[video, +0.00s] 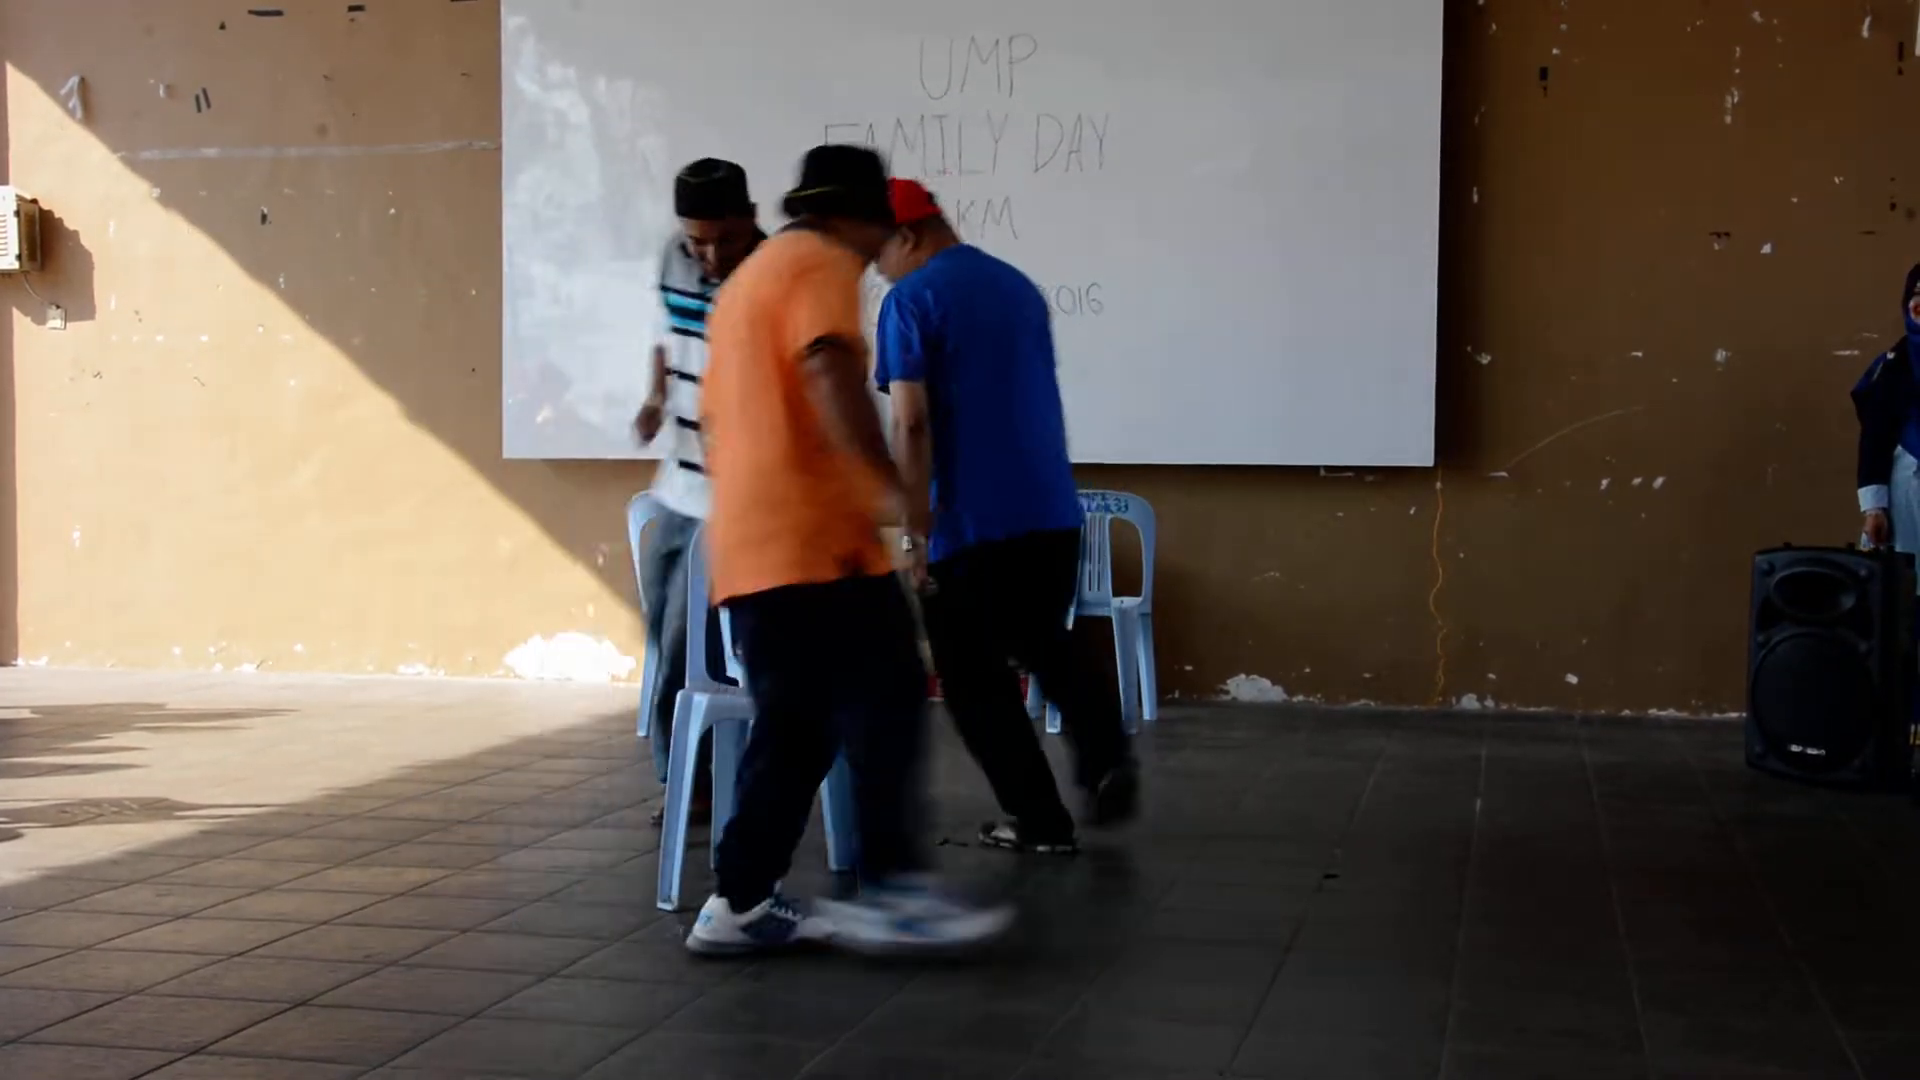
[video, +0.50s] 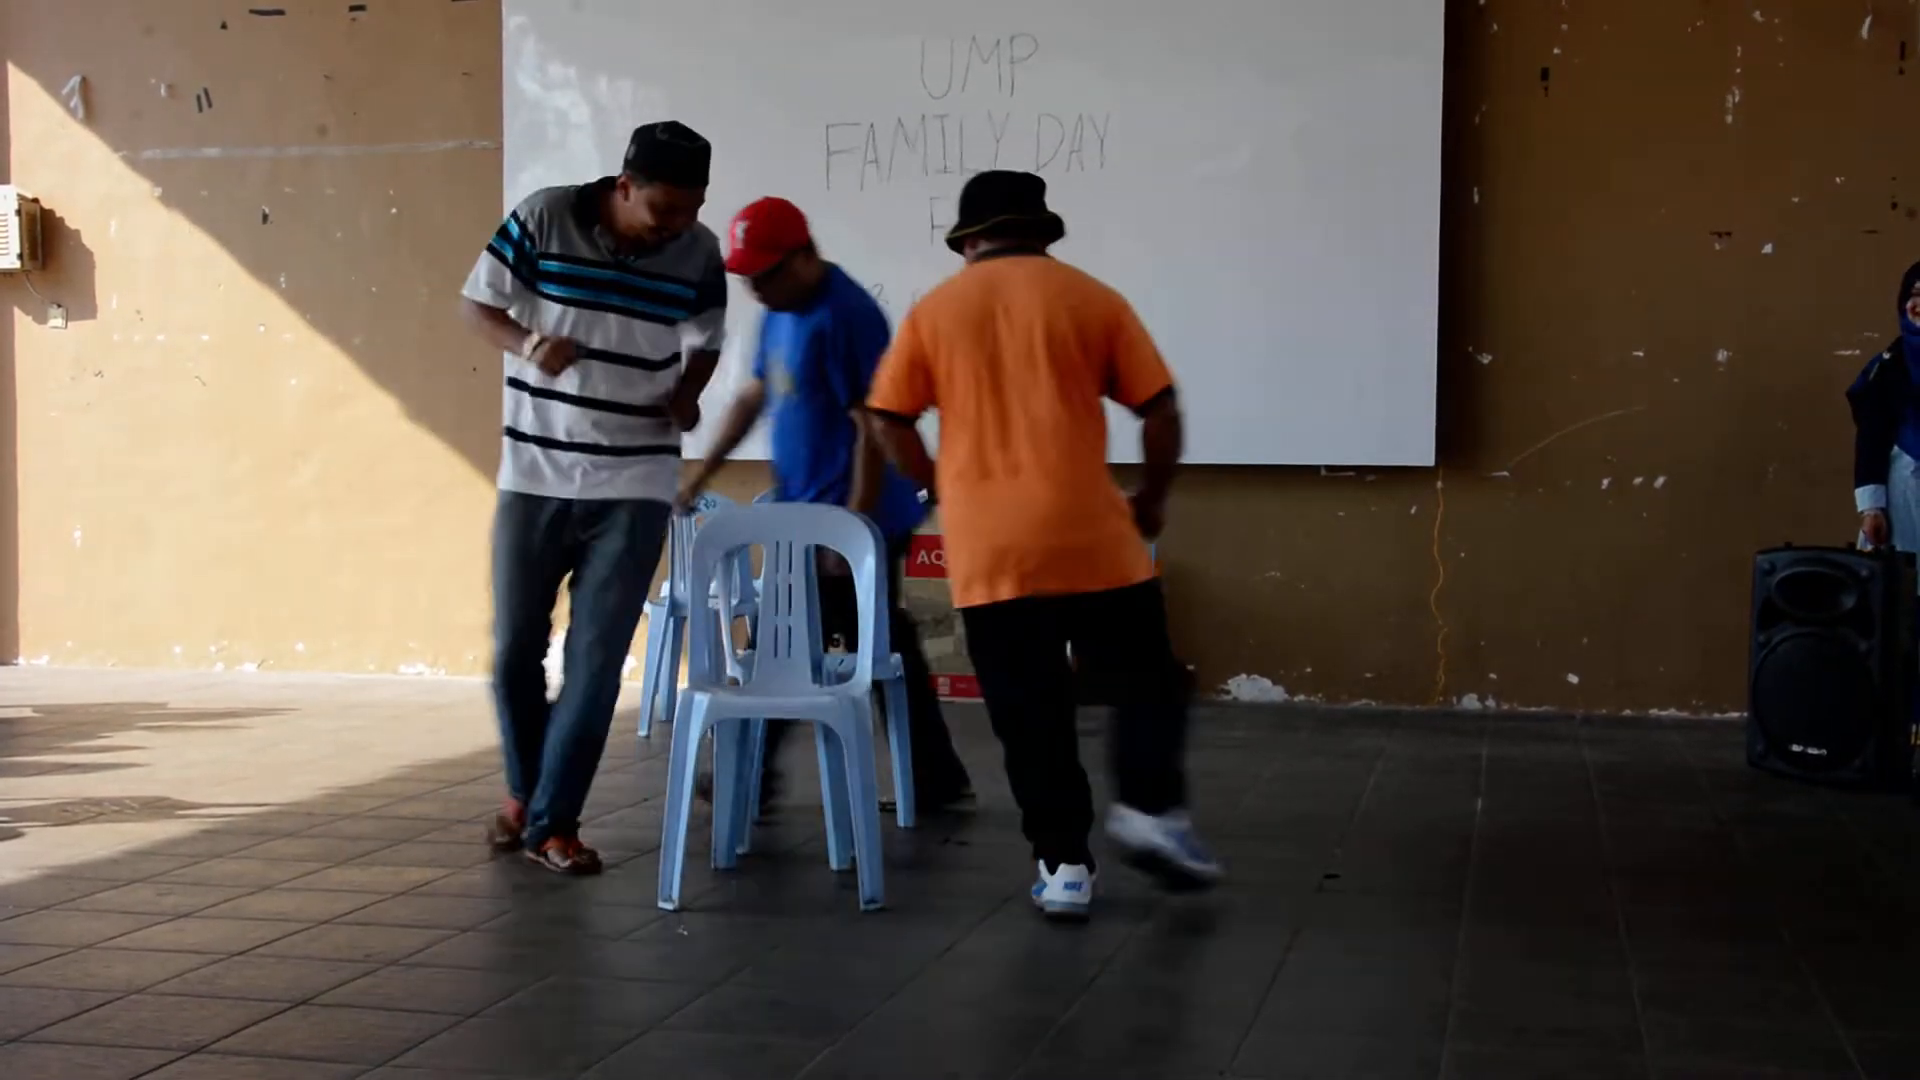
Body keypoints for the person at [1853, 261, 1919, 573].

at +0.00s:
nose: (1916, 303)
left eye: (1917, 295)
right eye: (1914, 296)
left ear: (1912, 304)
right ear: (1908, 305)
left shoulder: (1899, 364)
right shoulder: (1895, 365)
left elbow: (1875, 437)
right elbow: (1875, 437)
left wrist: (1875, 506)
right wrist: (1874, 506)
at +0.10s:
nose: (1916, 303)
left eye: (1918, 295)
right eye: (1913, 296)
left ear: (1913, 305)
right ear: (1906, 305)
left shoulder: (1898, 364)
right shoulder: (1893, 366)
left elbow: (1874, 440)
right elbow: (1873, 440)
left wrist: (1873, 507)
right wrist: (1873, 506)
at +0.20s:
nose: (1916, 302)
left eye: (1919, 294)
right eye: (1913, 294)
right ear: (1905, 305)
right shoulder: (1892, 367)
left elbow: (1874, 440)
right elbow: (1872, 439)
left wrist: (1873, 506)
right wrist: (1872, 506)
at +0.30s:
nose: (1916, 303)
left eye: (1919, 294)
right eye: (1912, 295)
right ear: (1904, 305)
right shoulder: (1892, 365)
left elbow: (1873, 439)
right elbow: (1872, 438)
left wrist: (1872, 506)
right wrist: (1871, 506)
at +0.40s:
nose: (1915, 302)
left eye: (1918, 293)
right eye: (1911, 294)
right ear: (1903, 305)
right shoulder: (1891, 367)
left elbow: (1872, 440)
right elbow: (1871, 439)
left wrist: (1872, 507)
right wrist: (1871, 507)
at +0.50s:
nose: (1915, 303)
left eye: (1918, 294)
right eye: (1911, 295)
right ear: (1904, 306)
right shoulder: (1891, 367)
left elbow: (1873, 440)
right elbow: (1871, 439)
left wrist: (1872, 507)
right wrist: (1871, 507)